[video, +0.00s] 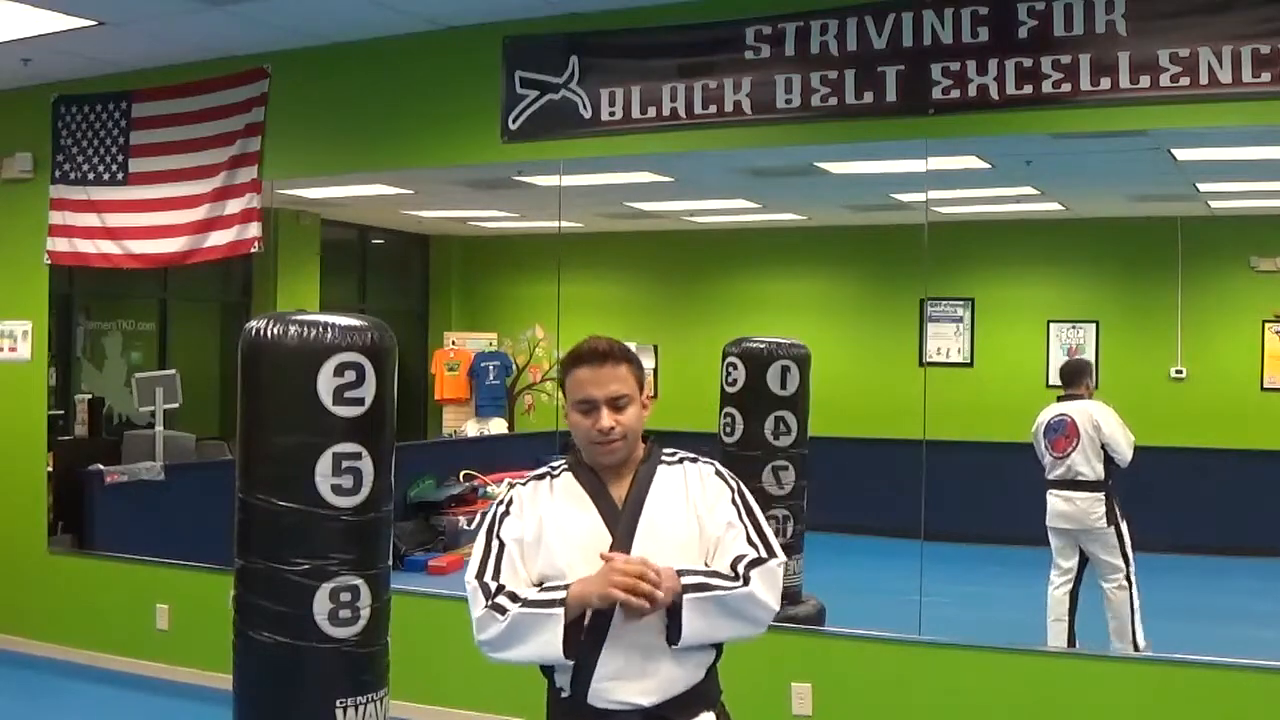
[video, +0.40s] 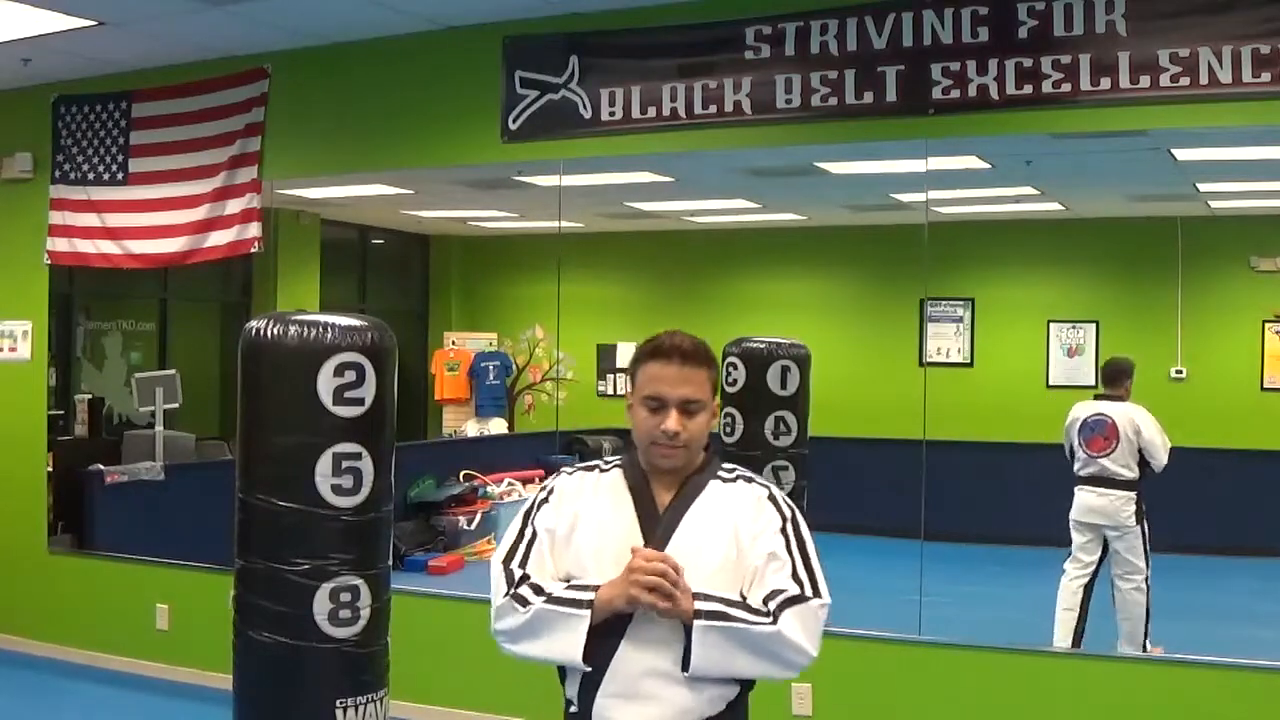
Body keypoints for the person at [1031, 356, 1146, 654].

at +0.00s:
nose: (1094, 385)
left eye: (1092, 380)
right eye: (1093, 380)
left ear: (1063, 384)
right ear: (1088, 383)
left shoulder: (1045, 415)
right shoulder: (1098, 411)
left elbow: (1045, 457)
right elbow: (1124, 455)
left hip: (1056, 501)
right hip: (1094, 503)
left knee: (1061, 576)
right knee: (1117, 577)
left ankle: (1058, 649)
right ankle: (1128, 650)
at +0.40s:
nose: (1131, 385)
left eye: (1128, 381)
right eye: (1131, 381)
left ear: (1102, 381)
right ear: (1128, 383)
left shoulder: (1078, 411)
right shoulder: (1137, 415)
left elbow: (1070, 451)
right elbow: (1159, 460)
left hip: (1084, 499)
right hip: (1122, 503)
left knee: (1077, 568)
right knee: (1131, 575)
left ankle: (1062, 646)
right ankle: (1133, 649)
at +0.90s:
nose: (1163, 384)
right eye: (1165, 379)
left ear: (1140, 381)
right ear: (1167, 381)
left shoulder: (1117, 410)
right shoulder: (1182, 415)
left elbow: (1103, 454)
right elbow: (1197, 460)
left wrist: (1134, 452)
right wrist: (1168, 458)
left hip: (1120, 500)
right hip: (1157, 504)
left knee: (1112, 565)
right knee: (1149, 573)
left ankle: (1104, 639)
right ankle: (1137, 647)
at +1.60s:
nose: (1168, 379)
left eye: (1165, 374)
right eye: (1165, 375)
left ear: (1138, 385)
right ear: (1161, 381)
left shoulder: (1126, 417)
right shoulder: (1174, 414)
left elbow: (1125, 463)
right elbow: (1200, 457)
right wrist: (1205, 442)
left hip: (1137, 496)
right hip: (1170, 500)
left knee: (1142, 564)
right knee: (1192, 561)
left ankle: (1139, 638)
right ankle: (1157, 621)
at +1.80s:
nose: (1172, 379)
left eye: (1169, 374)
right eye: (1170, 375)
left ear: (1144, 383)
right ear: (1168, 380)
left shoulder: (1131, 415)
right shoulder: (1181, 410)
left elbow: (1133, 459)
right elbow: (1206, 451)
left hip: (1143, 495)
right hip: (1179, 496)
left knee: (1146, 563)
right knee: (1210, 555)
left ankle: (1144, 637)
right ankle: (1193, 622)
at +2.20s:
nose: (1211, 380)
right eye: (1211, 376)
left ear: (1185, 380)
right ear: (1211, 379)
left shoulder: (1166, 413)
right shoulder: (1229, 412)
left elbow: (1151, 458)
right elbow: (1247, 455)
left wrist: (1180, 453)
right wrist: (1220, 457)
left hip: (1174, 493)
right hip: (1211, 496)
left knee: (1161, 559)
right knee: (1219, 564)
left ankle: (1150, 630)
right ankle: (1225, 636)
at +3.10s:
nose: (1165, 381)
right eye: (1166, 376)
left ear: (1139, 381)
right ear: (1166, 380)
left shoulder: (1122, 413)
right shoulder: (1184, 411)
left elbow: (1103, 459)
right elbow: (1203, 454)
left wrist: (1134, 466)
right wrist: (1183, 475)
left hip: (1135, 497)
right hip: (1174, 498)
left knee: (1130, 566)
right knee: (1192, 563)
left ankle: (1129, 641)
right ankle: (1207, 633)